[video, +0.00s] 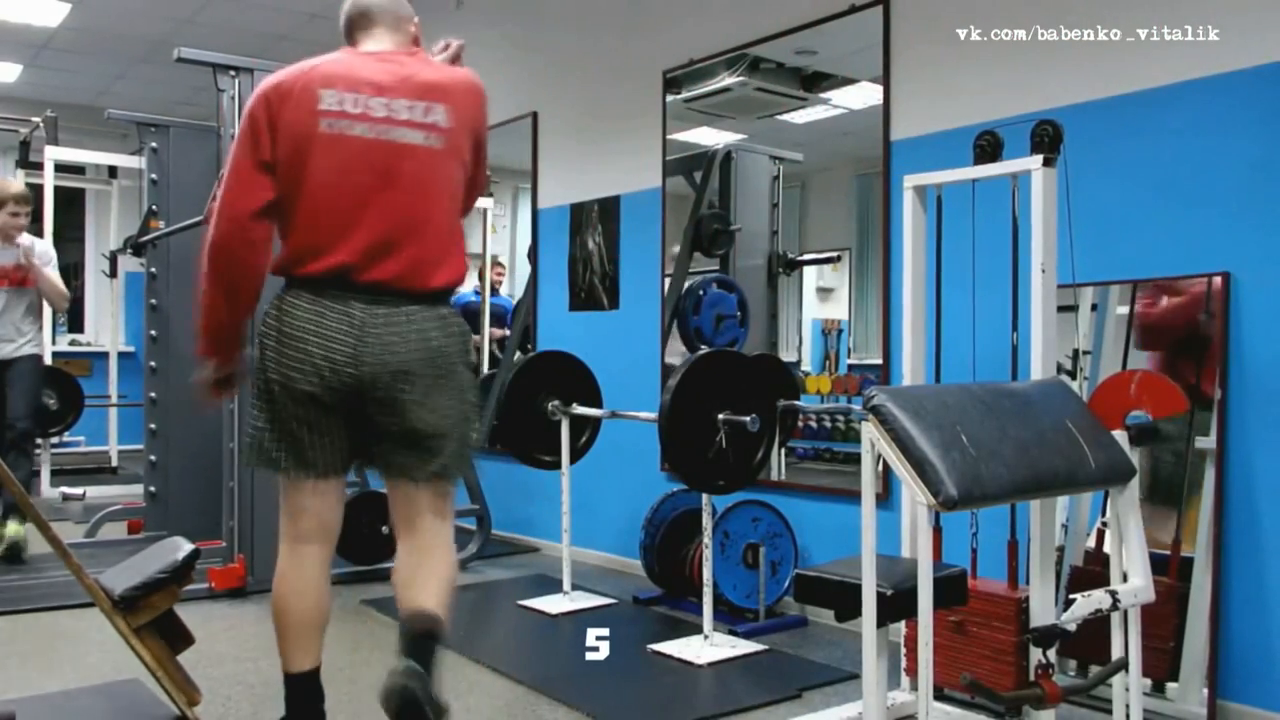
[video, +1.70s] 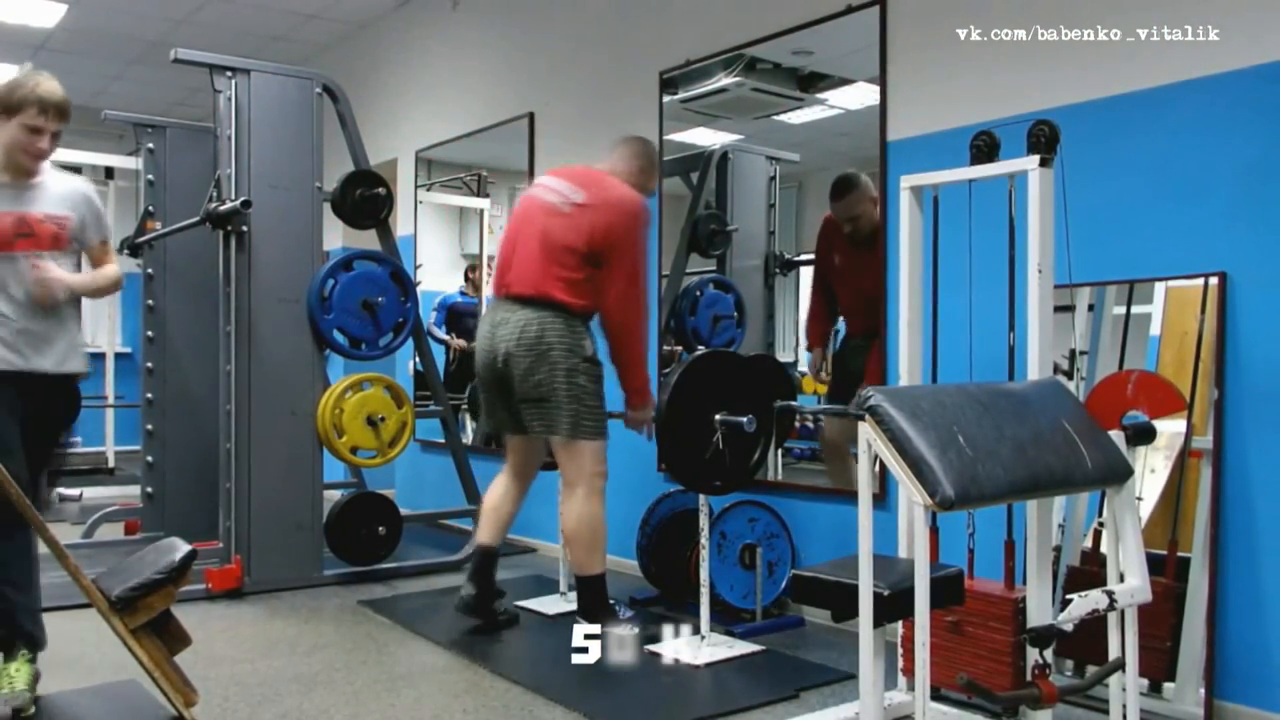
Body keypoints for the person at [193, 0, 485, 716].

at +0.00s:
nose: (424, 40)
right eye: (421, 32)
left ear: (344, 32)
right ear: (419, 34)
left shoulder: (283, 90)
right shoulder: (462, 94)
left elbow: (234, 225)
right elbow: (466, 190)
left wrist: (220, 349)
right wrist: (446, 83)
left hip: (307, 326)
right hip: (419, 331)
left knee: (306, 535)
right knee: (424, 520)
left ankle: (303, 709)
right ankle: (417, 665)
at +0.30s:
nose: (457, 102)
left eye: (456, 93)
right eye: (458, 92)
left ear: (390, 71)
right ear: (441, 77)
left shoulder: (315, 114)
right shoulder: (454, 127)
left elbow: (275, 230)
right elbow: (473, 227)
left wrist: (310, 286)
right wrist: (465, 136)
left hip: (311, 326)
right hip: (409, 335)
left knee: (311, 522)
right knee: (411, 513)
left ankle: (306, 704)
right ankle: (408, 654)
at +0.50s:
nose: (493, 122)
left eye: (494, 113)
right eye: (494, 112)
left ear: (433, 87)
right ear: (479, 97)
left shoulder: (354, 131)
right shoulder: (489, 158)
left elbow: (308, 234)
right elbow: (502, 265)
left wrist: (331, 305)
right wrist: (451, 249)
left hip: (354, 332)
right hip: (444, 341)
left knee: (333, 496)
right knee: (430, 505)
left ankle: (317, 617)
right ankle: (414, 655)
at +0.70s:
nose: (508, 132)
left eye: (508, 124)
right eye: (509, 124)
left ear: (452, 101)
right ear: (496, 112)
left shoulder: (379, 146)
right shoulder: (510, 162)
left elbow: (327, 244)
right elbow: (532, 276)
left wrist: (355, 324)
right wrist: (517, 333)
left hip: (386, 330)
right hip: (467, 338)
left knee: (392, 465)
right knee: (438, 502)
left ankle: (371, 589)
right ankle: (414, 652)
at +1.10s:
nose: (533, 165)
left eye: (538, 159)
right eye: (535, 158)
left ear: (495, 132)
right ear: (519, 138)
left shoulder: (432, 178)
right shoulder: (515, 169)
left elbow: (395, 260)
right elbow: (537, 263)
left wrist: (410, 340)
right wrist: (579, 357)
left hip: (438, 336)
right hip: (495, 334)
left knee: (470, 477)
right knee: (528, 475)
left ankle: (469, 600)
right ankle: (449, 585)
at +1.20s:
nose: (546, 174)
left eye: (551, 167)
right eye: (548, 164)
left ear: (510, 138)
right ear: (530, 142)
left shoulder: (450, 179)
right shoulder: (519, 170)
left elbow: (430, 274)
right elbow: (539, 264)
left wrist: (450, 330)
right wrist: (585, 354)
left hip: (444, 333)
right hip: (498, 328)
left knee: (480, 472)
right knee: (561, 464)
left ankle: (469, 606)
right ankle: (487, 573)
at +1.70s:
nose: (645, 196)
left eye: (647, 189)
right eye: (649, 188)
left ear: (612, 158)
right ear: (644, 176)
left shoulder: (549, 182)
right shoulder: (625, 204)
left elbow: (511, 268)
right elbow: (624, 307)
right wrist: (638, 395)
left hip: (497, 325)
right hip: (553, 332)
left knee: (519, 463)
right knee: (583, 476)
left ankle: (477, 588)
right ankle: (596, 615)